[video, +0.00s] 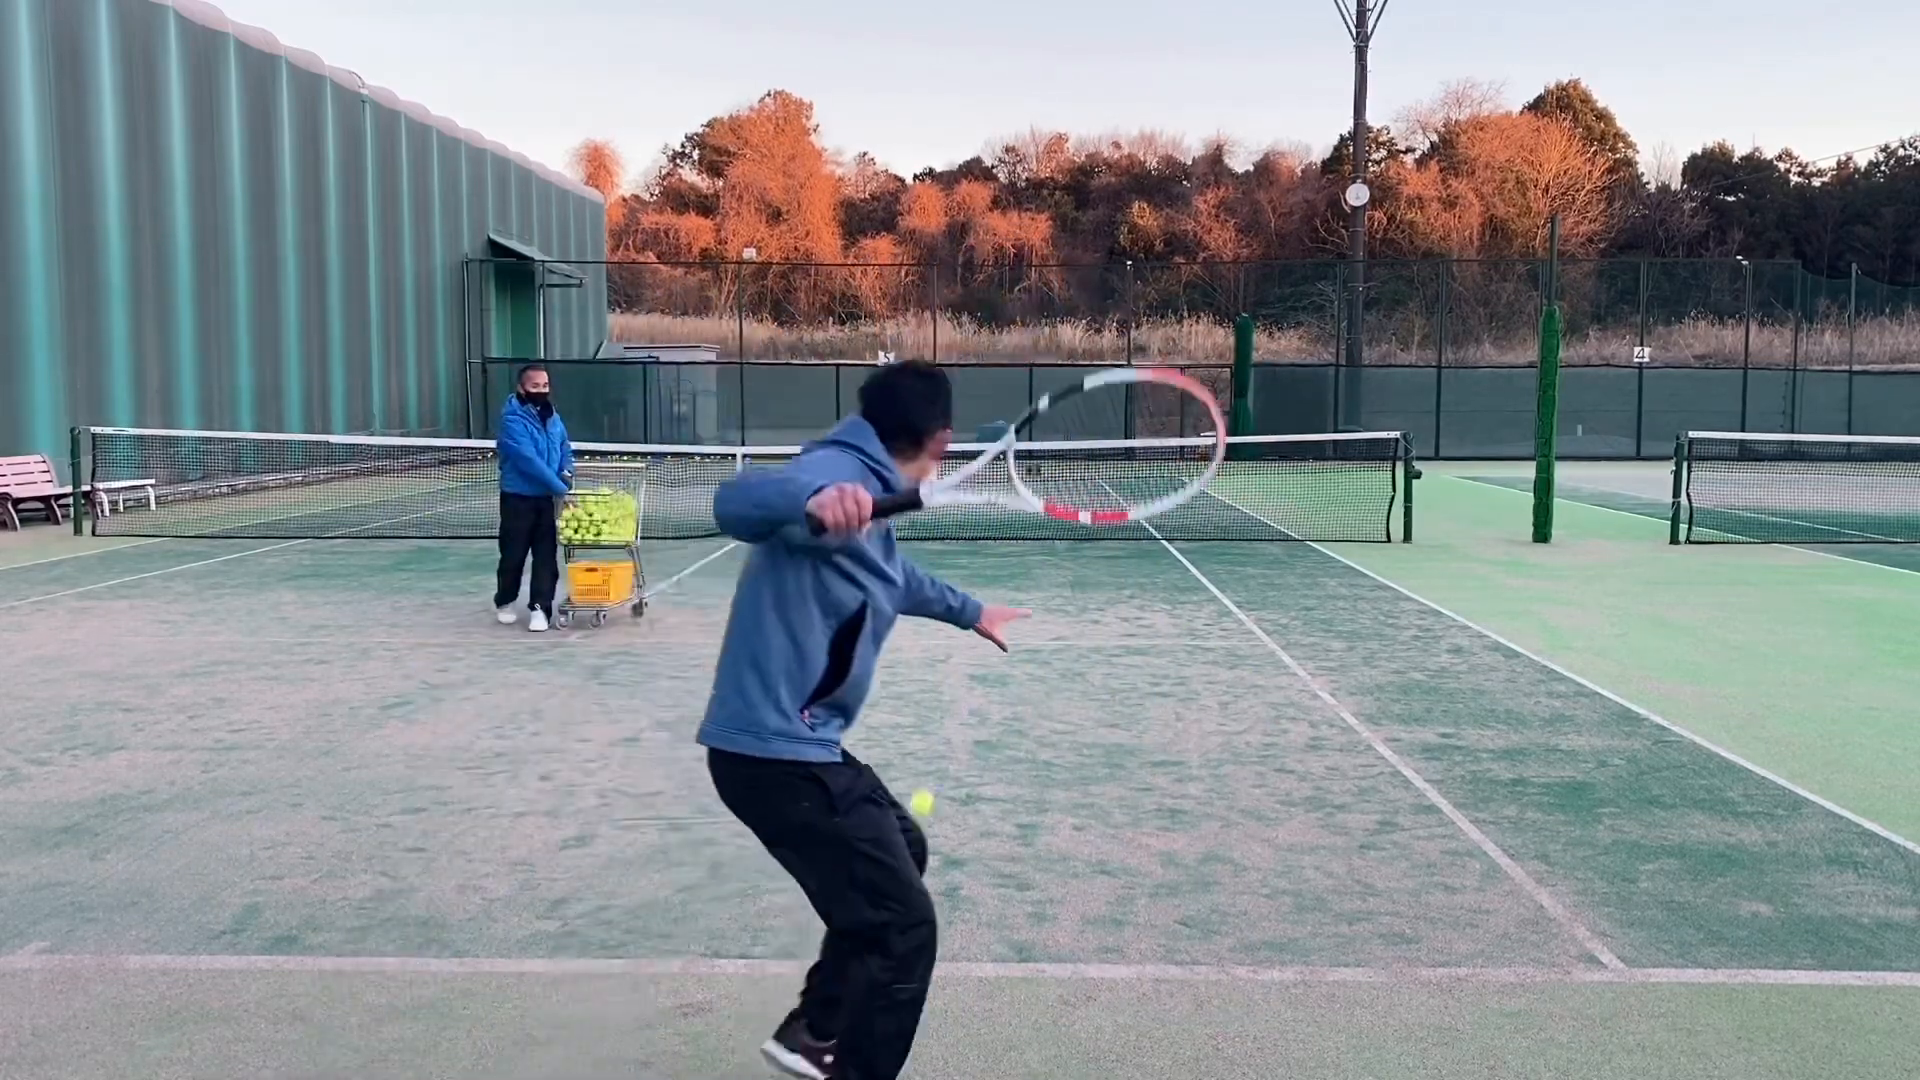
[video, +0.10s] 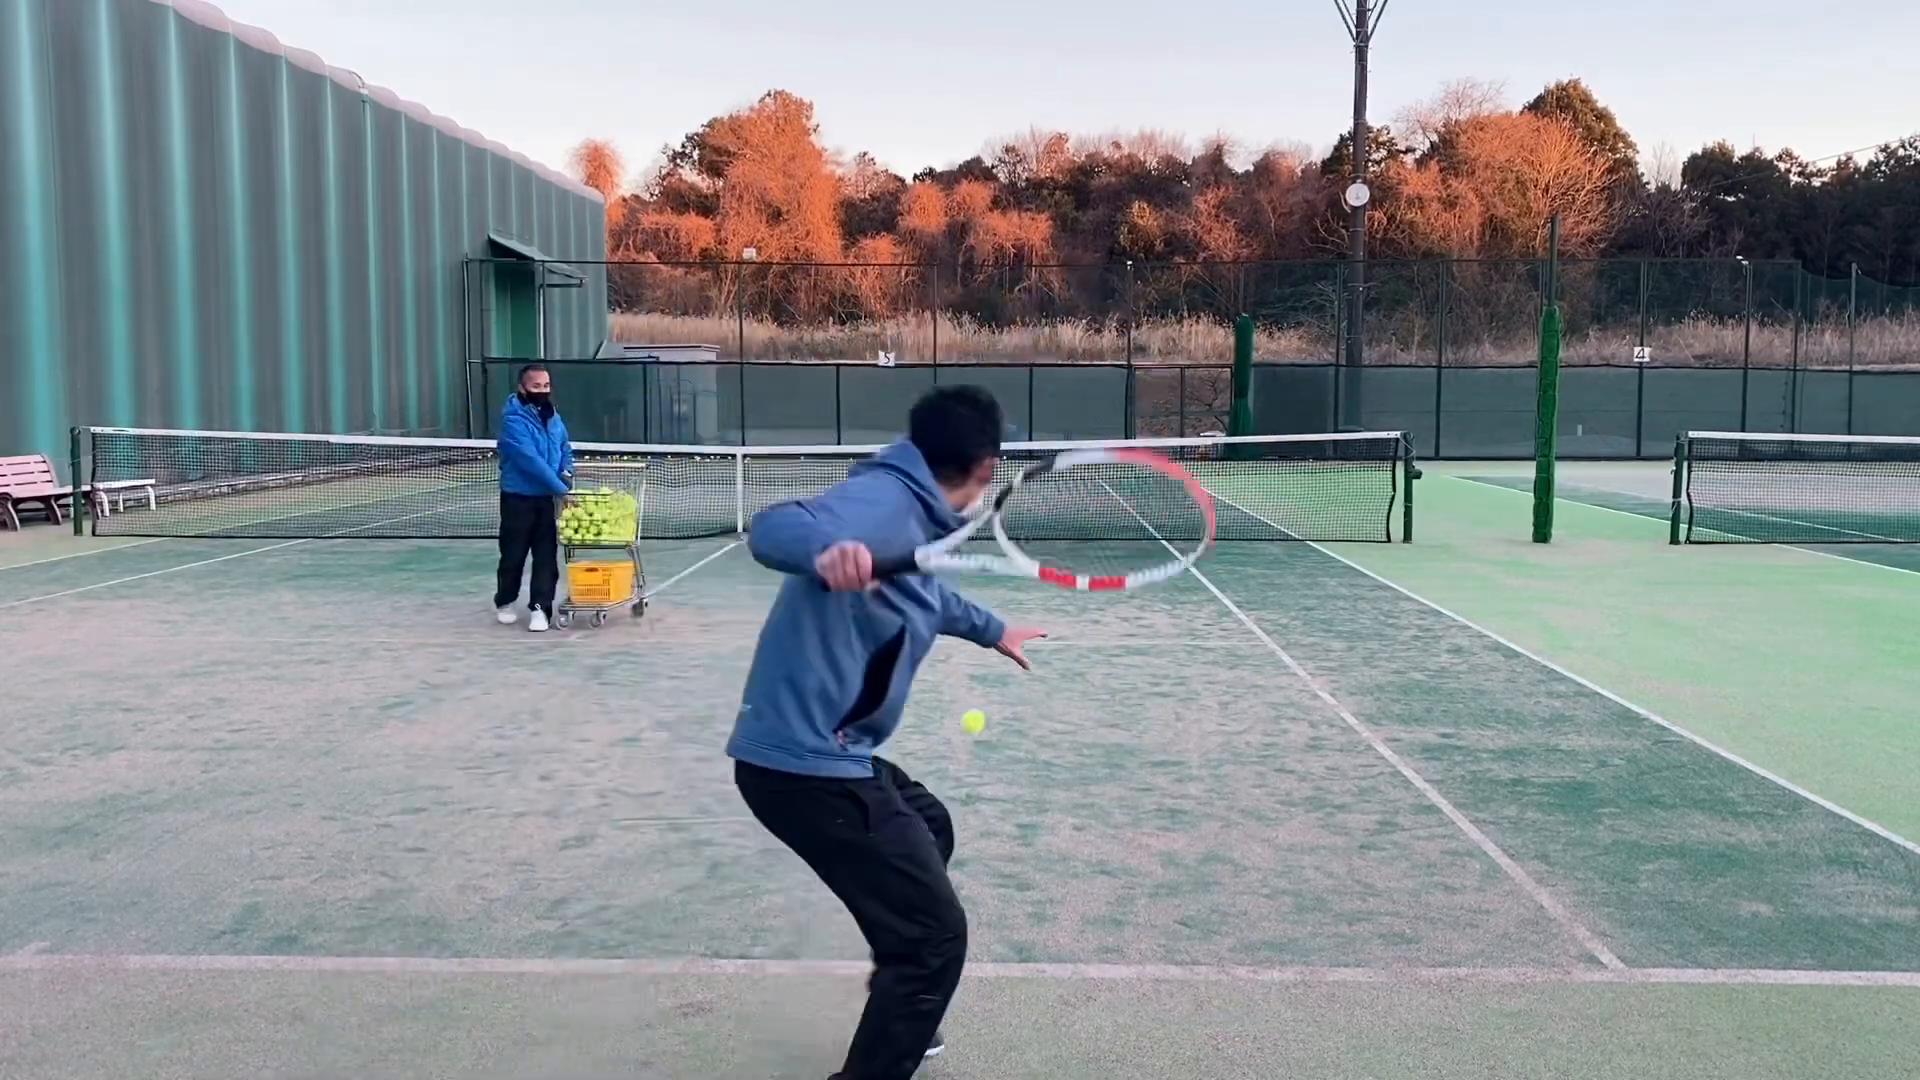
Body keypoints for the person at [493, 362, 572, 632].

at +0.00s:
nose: (542, 391)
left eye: (545, 386)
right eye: (536, 386)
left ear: (549, 387)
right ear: (522, 388)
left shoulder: (552, 416)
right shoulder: (512, 418)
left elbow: (565, 447)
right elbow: (526, 458)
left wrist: (566, 469)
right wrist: (560, 488)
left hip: (547, 494)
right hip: (518, 494)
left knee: (546, 556)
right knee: (513, 554)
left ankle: (540, 609)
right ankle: (505, 602)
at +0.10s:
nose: (543, 391)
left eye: (546, 386)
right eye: (537, 386)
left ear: (550, 387)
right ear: (523, 387)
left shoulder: (553, 416)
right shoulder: (513, 418)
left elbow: (566, 448)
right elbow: (527, 458)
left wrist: (566, 469)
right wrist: (561, 489)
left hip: (547, 493)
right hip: (518, 494)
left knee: (546, 556)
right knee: (514, 554)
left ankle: (540, 609)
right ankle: (505, 602)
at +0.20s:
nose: (544, 391)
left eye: (547, 386)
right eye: (538, 386)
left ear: (551, 387)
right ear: (524, 388)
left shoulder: (553, 417)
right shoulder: (514, 419)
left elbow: (566, 449)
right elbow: (529, 459)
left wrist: (566, 469)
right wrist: (561, 489)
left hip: (546, 493)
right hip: (518, 495)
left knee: (546, 555)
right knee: (513, 554)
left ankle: (540, 609)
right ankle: (505, 602)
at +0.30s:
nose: (544, 391)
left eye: (548, 386)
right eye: (538, 386)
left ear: (552, 387)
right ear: (525, 388)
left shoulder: (553, 417)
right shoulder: (515, 419)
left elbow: (566, 448)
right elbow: (529, 459)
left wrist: (566, 469)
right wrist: (562, 489)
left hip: (546, 493)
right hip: (518, 494)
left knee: (546, 555)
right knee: (513, 554)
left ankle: (540, 609)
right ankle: (505, 602)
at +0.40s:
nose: (544, 391)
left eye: (548, 386)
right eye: (539, 387)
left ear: (552, 387)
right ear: (525, 388)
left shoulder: (553, 417)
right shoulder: (515, 419)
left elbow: (566, 449)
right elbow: (530, 458)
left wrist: (565, 470)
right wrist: (562, 489)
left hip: (546, 493)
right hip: (518, 494)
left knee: (546, 555)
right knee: (513, 554)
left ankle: (540, 609)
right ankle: (505, 602)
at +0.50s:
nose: (545, 391)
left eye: (548, 386)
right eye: (539, 387)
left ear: (552, 387)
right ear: (525, 388)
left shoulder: (554, 417)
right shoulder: (516, 418)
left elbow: (566, 449)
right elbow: (531, 458)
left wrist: (565, 470)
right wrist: (562, 489)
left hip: (546, 493)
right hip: (518, 494)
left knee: (546, 555)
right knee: (514, 553)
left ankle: (540, 609)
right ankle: (505, 602)